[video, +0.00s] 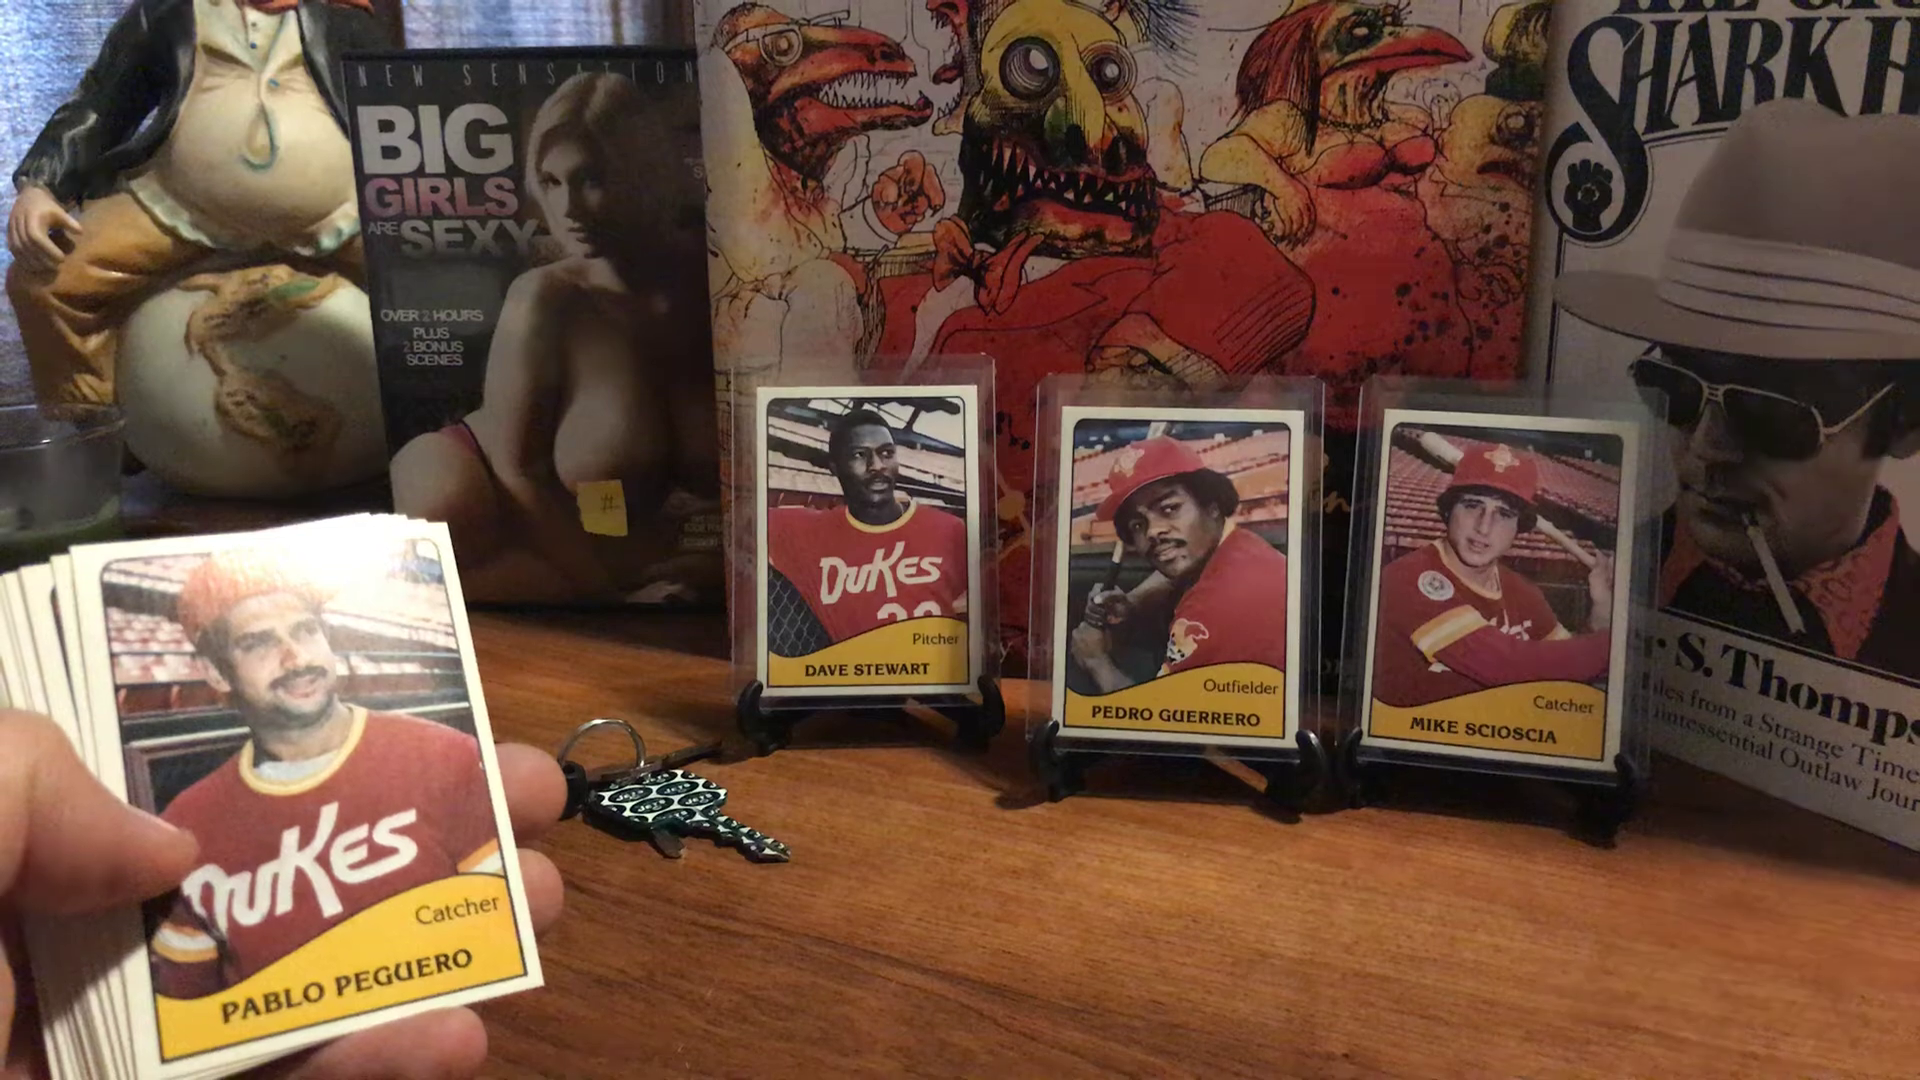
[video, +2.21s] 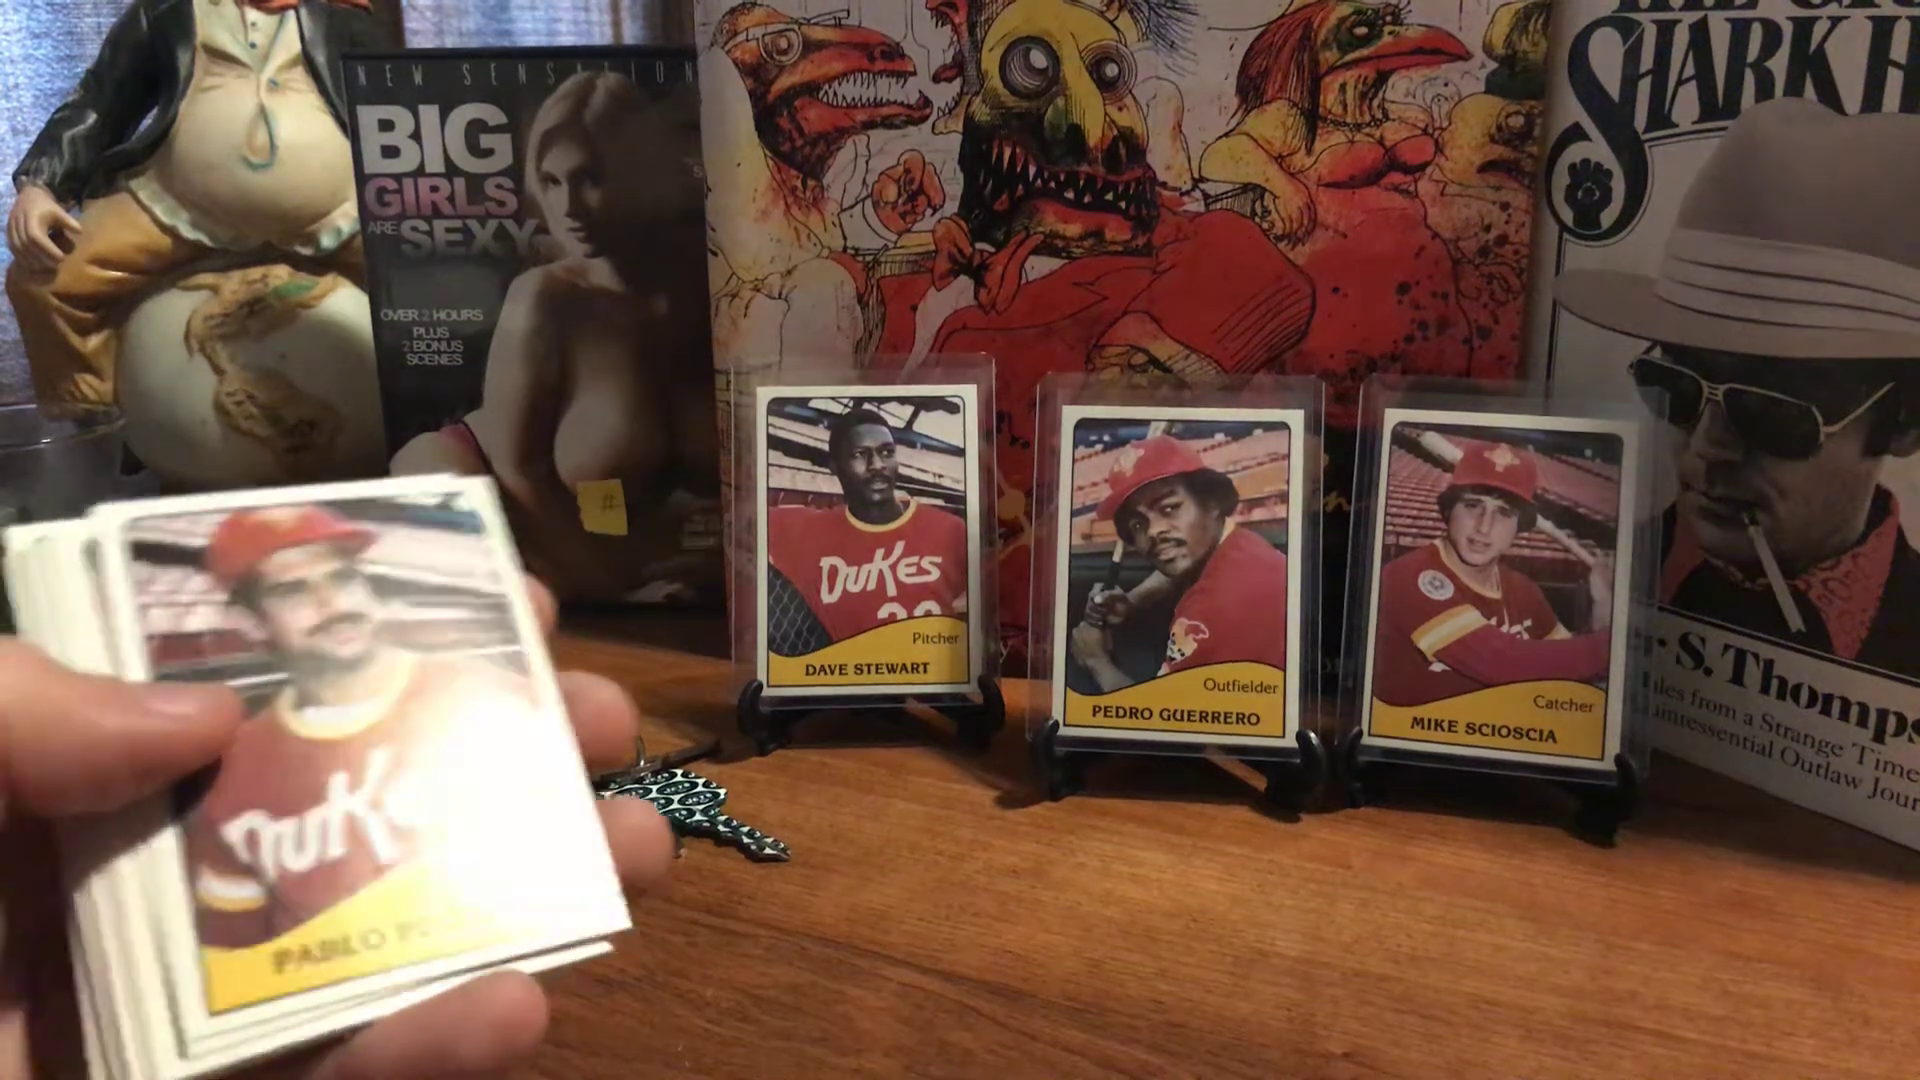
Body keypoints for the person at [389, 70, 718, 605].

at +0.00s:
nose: (570, 206)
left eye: (591, 179)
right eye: (551, 182)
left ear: (641, 178)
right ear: (536, 189)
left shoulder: (695, 288)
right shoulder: (543, 297)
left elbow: (703, 460)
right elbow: (513, 465)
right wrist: (610, 582)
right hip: (484, 469)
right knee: (439, 507)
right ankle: (616, 585)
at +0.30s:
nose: (570, 205)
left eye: (591, 179)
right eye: (552, 181)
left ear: (640, 177)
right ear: (536, 188)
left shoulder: (692, 288)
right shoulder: (542, 297)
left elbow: (703, 459)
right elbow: (512, 464)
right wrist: (610, 583)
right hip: (485, 471)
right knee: (438, 501)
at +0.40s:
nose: (570, 205)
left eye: (591, 179)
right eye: (552, 182)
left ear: (641, 178)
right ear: (536, 189)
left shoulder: (692, 288)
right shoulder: (542, 297)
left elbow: (702, 459)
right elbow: (512, 464)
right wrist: (611, 583)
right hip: (481, 466)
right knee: (440, 508)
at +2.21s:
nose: (569, 205)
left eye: (590, 178)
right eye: (552, 181)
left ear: (638, 177)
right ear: (535, 188)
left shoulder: (683, 293)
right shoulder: (543, 298)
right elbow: (513, 465)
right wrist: (601, 576)